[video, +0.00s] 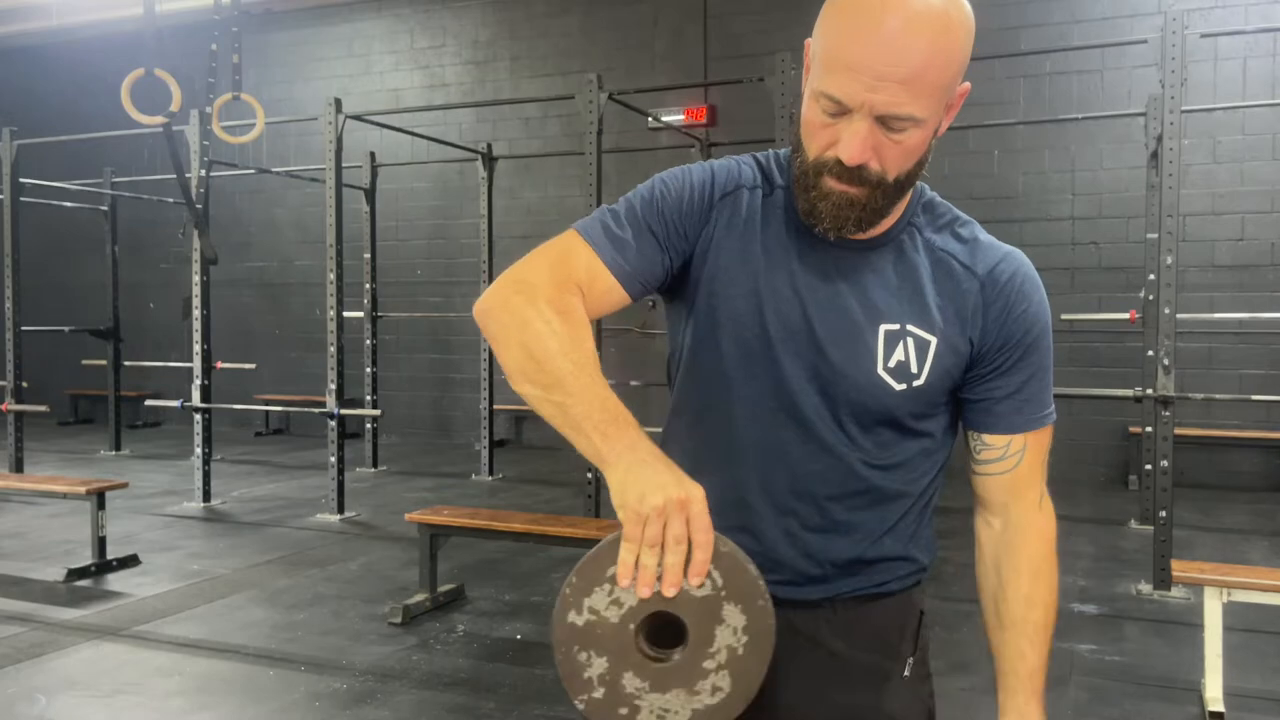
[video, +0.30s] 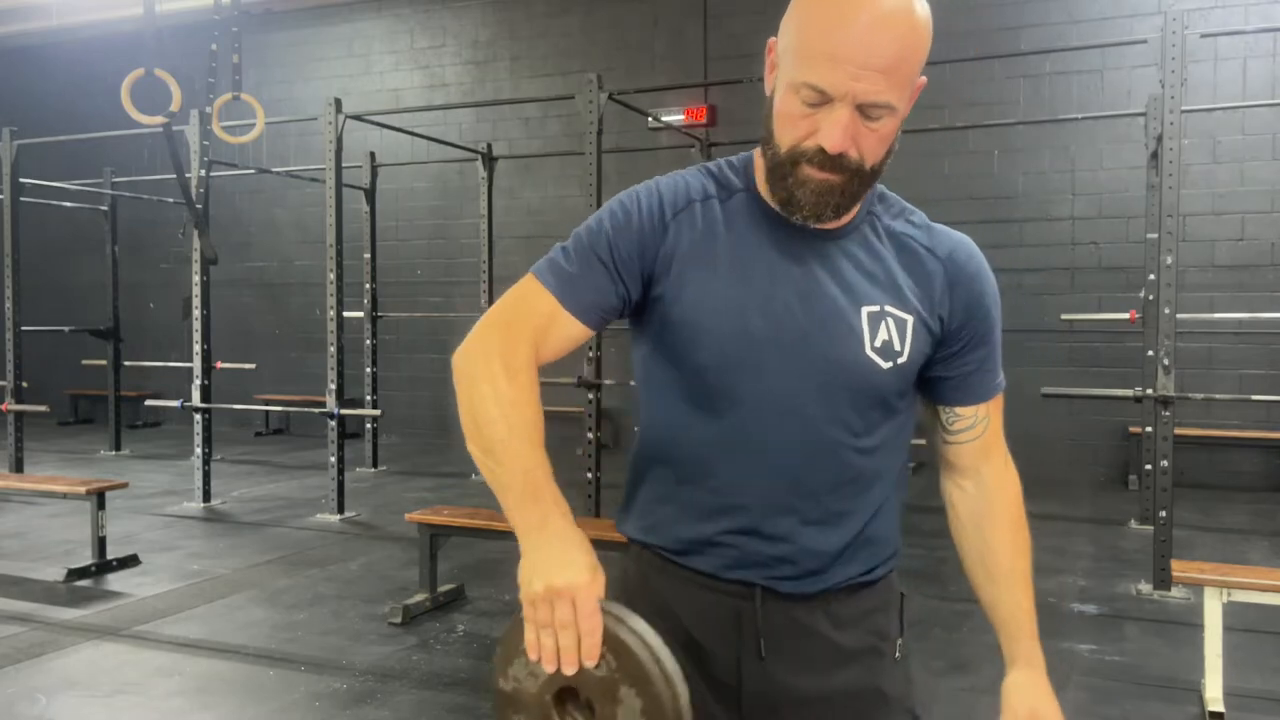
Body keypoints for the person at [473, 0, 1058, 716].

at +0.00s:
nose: (851, 152)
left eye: (893, 124)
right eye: (833, 107)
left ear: (950, 112)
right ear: (803, 67)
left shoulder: (993, 290)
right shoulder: (703, 207)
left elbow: (1013, 511)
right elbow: (518, 304)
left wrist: (1022, 705)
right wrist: (631, 460)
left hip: (863, 644)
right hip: (691, 627)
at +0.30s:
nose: (835, 141)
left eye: (871, 112)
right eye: (813, 98)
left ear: (912, 100)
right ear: (771, 65)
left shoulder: (947, 273)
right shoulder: (662, 221)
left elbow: (979, 469)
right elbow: (489, 355)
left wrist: (1026, 667)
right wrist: (546, 535)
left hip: (845, 637)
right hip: (662, 624)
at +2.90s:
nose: (871, 234)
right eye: (871, 225)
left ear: (804, 235)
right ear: (864, 226)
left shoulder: (758, 294)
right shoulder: (892, 287)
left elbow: (711, 388)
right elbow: (922, 399)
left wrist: (689, 473)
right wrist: (958, 492)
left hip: (788, 487)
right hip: (867, 491)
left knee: (813, 626)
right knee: (879, 660)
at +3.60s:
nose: (956, 246)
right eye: (955, 239)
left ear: (899, 241)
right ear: (950, 241)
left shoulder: (854, 296)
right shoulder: (968, 298)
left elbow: (812, 374)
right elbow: (973, 390)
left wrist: (800, 440)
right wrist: (991, 475)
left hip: (875, 462)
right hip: (944, 463)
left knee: (866, 585)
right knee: (946, 593)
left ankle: (847, 704)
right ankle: (942, 706)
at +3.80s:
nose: (971, 242)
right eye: (971, 235)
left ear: (918, 239)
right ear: (969, 239)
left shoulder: (876, 293)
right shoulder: (989, 294)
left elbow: (835, 368)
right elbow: (1000, 387)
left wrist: (827, 430)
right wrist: (1021, 463)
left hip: (896, 451)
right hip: (960, 453)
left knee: (901, 559)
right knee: (950, 587)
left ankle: (895, 679)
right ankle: (943, 705)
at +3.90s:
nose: (975, 243)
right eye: (975, 236)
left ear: (924, 241)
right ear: (974, 241)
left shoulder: (885, 293)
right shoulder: (994, 294)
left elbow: (843, 369)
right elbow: (1010, 385)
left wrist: (843, 425)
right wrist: (1034, 457)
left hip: (904, 447)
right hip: (965, 450)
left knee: (918, 558)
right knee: (954, 578)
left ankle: (923, 674)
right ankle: (942, 701)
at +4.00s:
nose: (976, 249)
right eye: (977, 242)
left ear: (927, 246)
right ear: (976, 245)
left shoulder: (890, 296)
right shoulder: (998, 296)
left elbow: (849, 372)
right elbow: (1017, 384)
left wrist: (853, 423)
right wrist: (1044, 454)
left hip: (911, 448)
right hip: (972, 450)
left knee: (932, 560)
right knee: (958, 578)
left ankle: (951, 664)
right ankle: (942, 703)